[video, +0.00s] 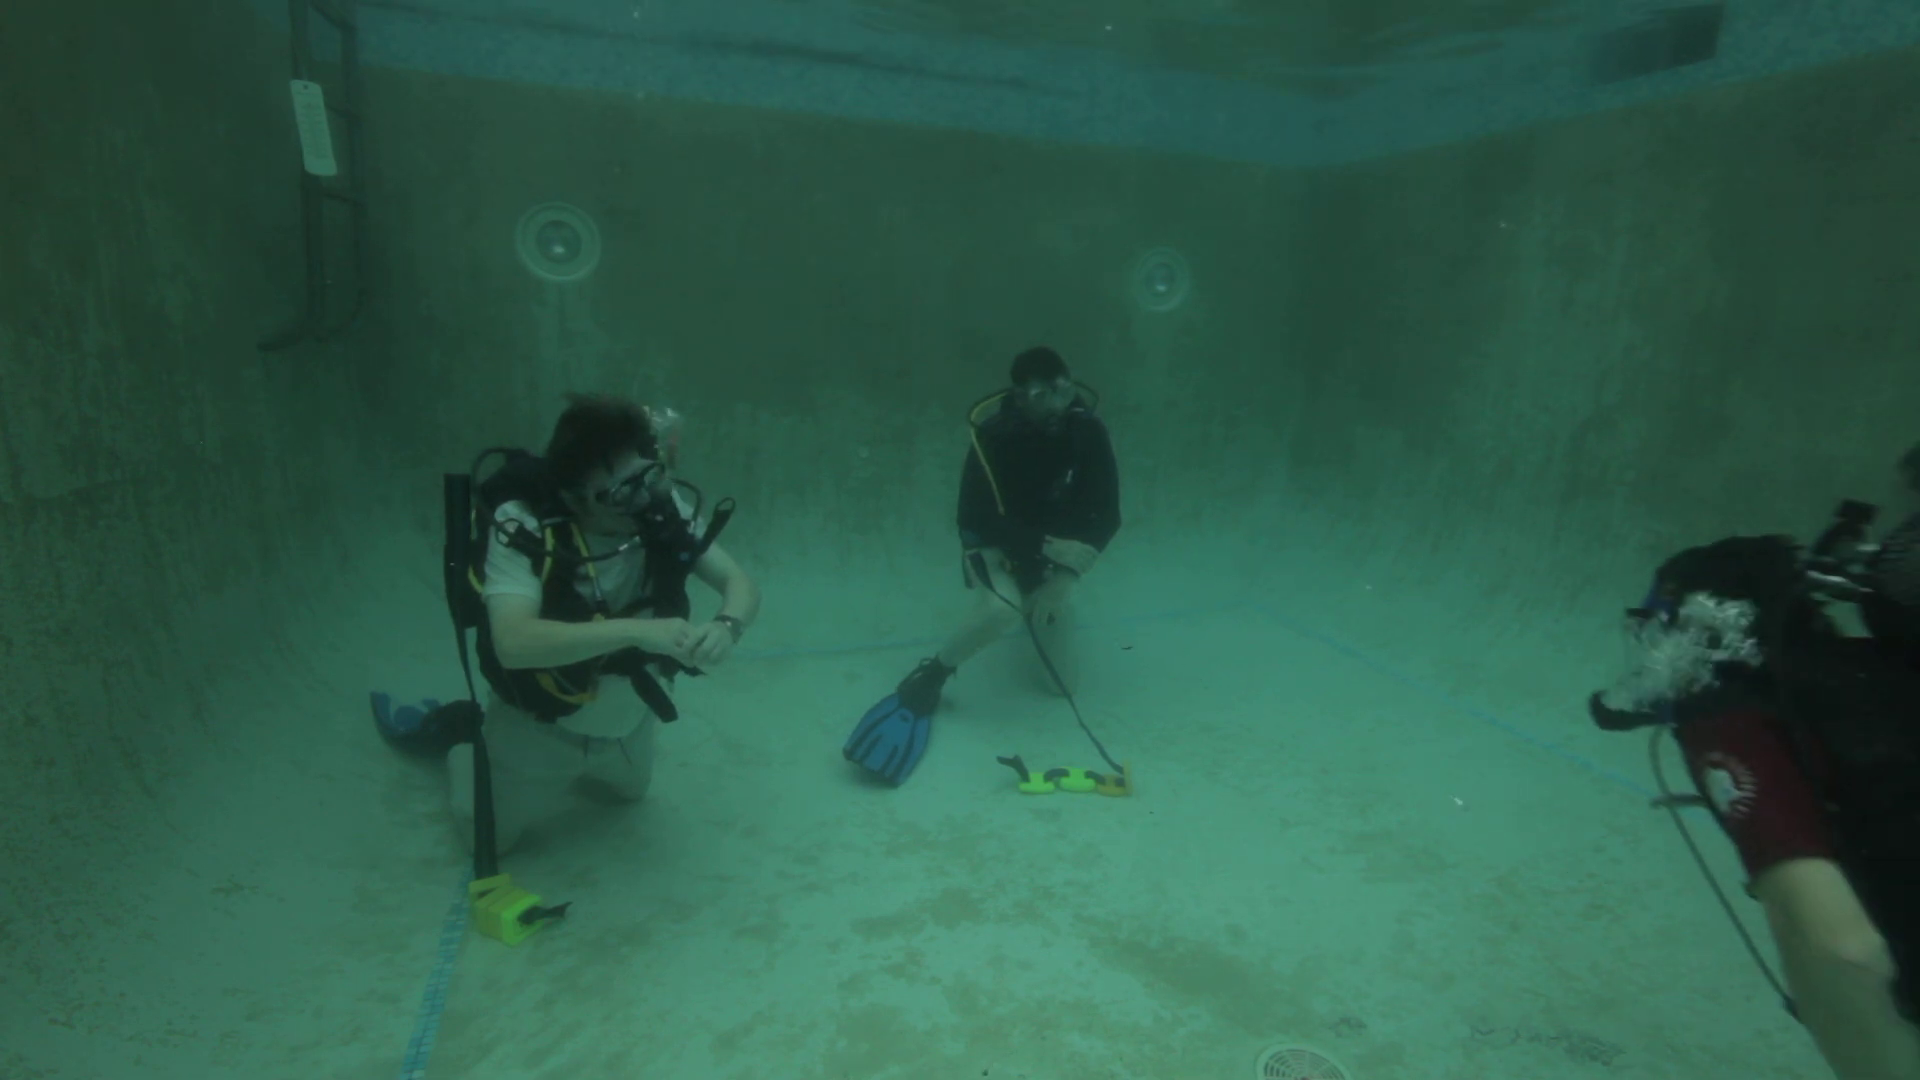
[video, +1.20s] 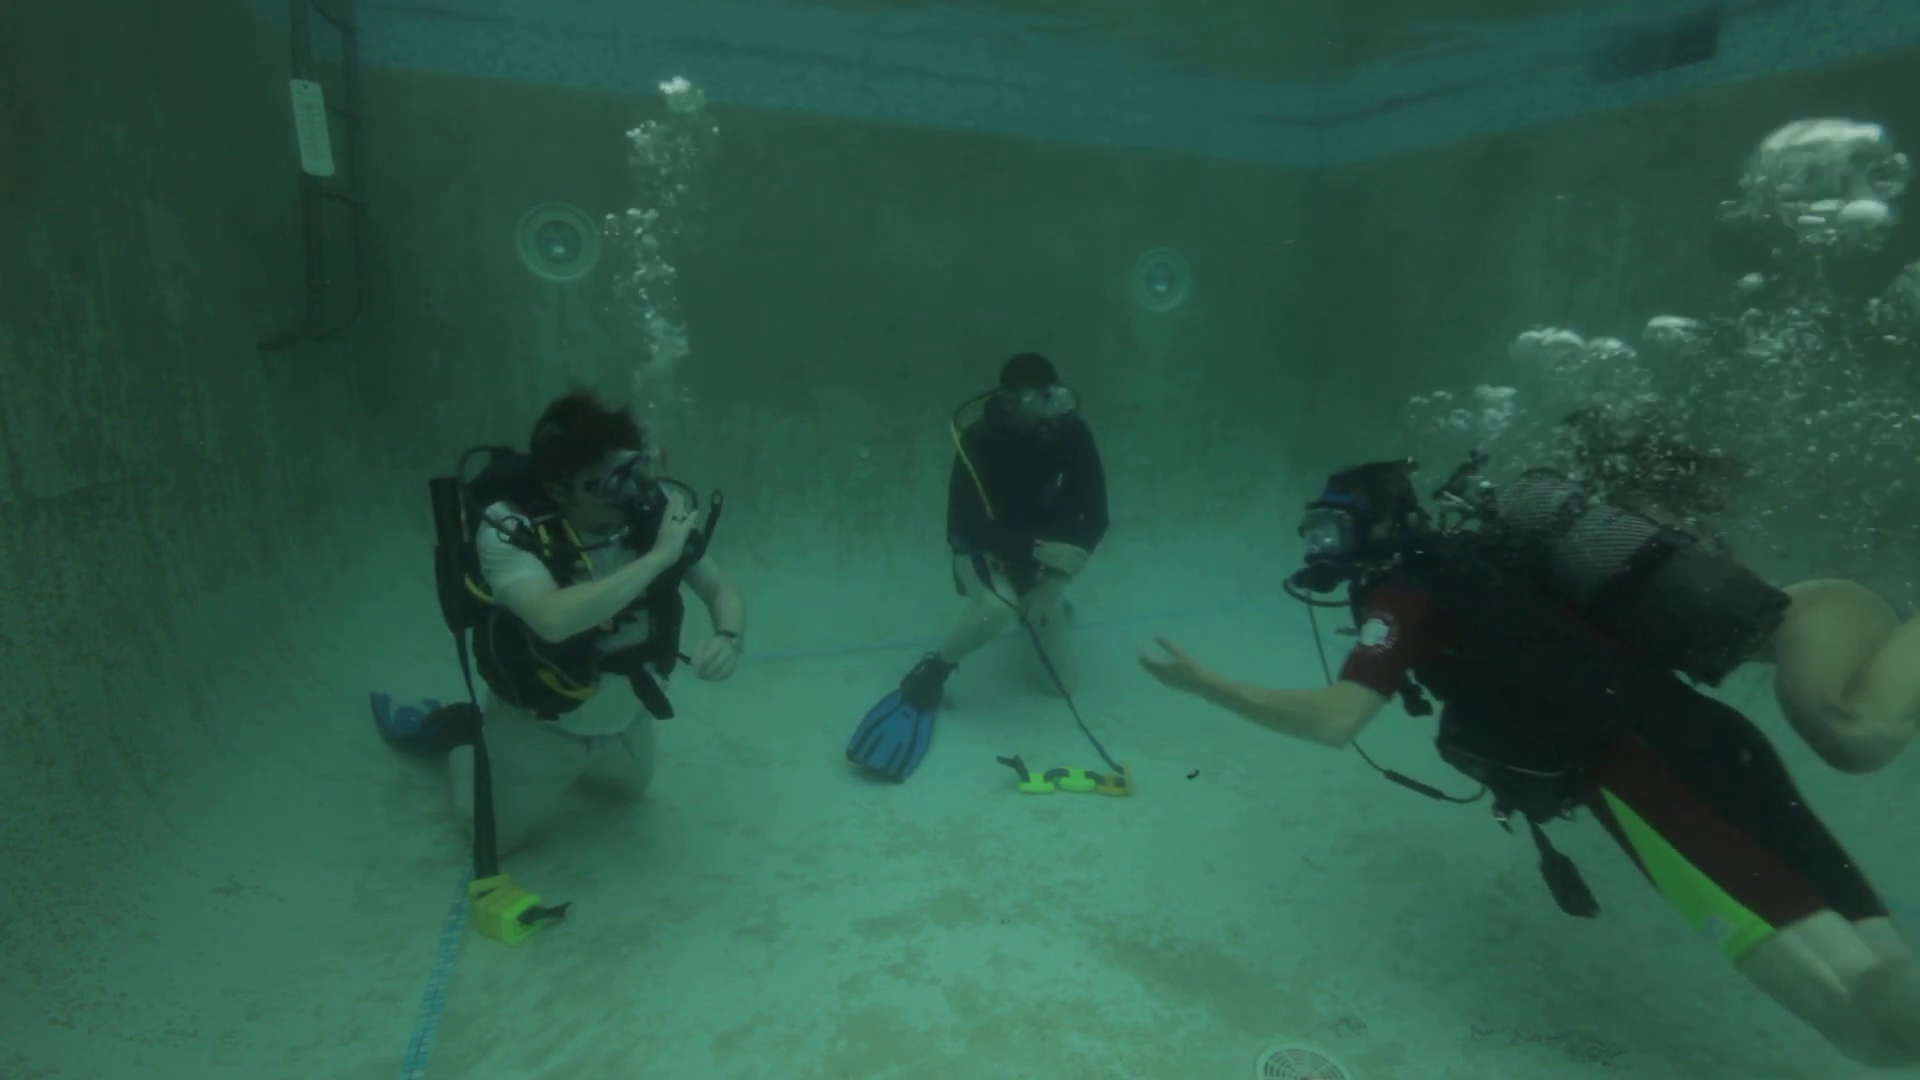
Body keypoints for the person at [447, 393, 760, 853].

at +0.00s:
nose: (647, 499)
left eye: (650, 478)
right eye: (625, 490)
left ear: (659, 466)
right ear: (576, 498)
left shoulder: (660, 511)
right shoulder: (521, 526)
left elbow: (741, 585)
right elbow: (513, 643)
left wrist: (727, 625)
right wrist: (639, 631)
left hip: (627, 715)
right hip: (538, 724)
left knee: (629, 787)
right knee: (491, 836)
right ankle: (463, 730)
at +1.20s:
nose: (635, 492)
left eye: (636, 472)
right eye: (614, 481)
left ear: (643, 462)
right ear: (562, 489)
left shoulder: (646, 512)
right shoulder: (506, 529)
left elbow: (719, 586)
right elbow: (552, 620)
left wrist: (727, 636)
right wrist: (660, 556)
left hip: (625, 711)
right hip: (538, 722)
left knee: (627, 786)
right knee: (503, 832)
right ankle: (461, 731)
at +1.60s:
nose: (630, 490)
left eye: (632, 472)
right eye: (611, 481)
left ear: (639, 461)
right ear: (563, 490)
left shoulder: (653, 508)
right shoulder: (502, 534)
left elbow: (717, 590)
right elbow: (579, 595)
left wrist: (719, 642)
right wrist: (674, 532)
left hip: (624, 705)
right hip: (536, 717)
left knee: (625, 787)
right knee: (501, 832)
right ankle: (457, 732)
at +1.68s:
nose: (631, 487)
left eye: (631, 470)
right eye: (611, 479)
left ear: (637, 461)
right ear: (564, 491)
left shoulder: (652, 510)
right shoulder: (503, 534)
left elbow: (716, 591)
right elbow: (582, 595)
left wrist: (717, 641)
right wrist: (673, 538)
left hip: (624, 705)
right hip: (534, 718)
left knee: (626, 786)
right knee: (494, 836)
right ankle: (459, 729)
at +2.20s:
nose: (659, 468)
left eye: (654, 455)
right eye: (644, 461)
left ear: (607, 475)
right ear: (600, 476)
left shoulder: (642, 516)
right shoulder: (516, 521)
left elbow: (684, 594)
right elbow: (589, 588)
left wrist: (738, 599)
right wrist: (696, 580)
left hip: (617, 701)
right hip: (527, 719)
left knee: (627, 775)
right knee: (494, 839)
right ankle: (459, 728)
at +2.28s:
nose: (663, 469)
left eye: (659, 455)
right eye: (649, 461)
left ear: (611, 473)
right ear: (605, 475)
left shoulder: (640, 512)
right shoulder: (520, 519)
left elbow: (682, 602)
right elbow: (593, 586)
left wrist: (740, 592)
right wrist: (701, 585)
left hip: (613, 697)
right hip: (526, 718)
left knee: (631, 766)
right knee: (498, 837)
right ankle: (460, 728)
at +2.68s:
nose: (685, 479)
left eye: (683, 465)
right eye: (673, 468)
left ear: (633, 473)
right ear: (628, 473)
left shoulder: (640, 520)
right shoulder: (546, 514)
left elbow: (680, 594)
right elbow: (630, 569)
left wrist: (758, 591)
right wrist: (752, 570)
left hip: (605, 703)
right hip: (519, 717)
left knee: (620, 768)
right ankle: (443, 728)